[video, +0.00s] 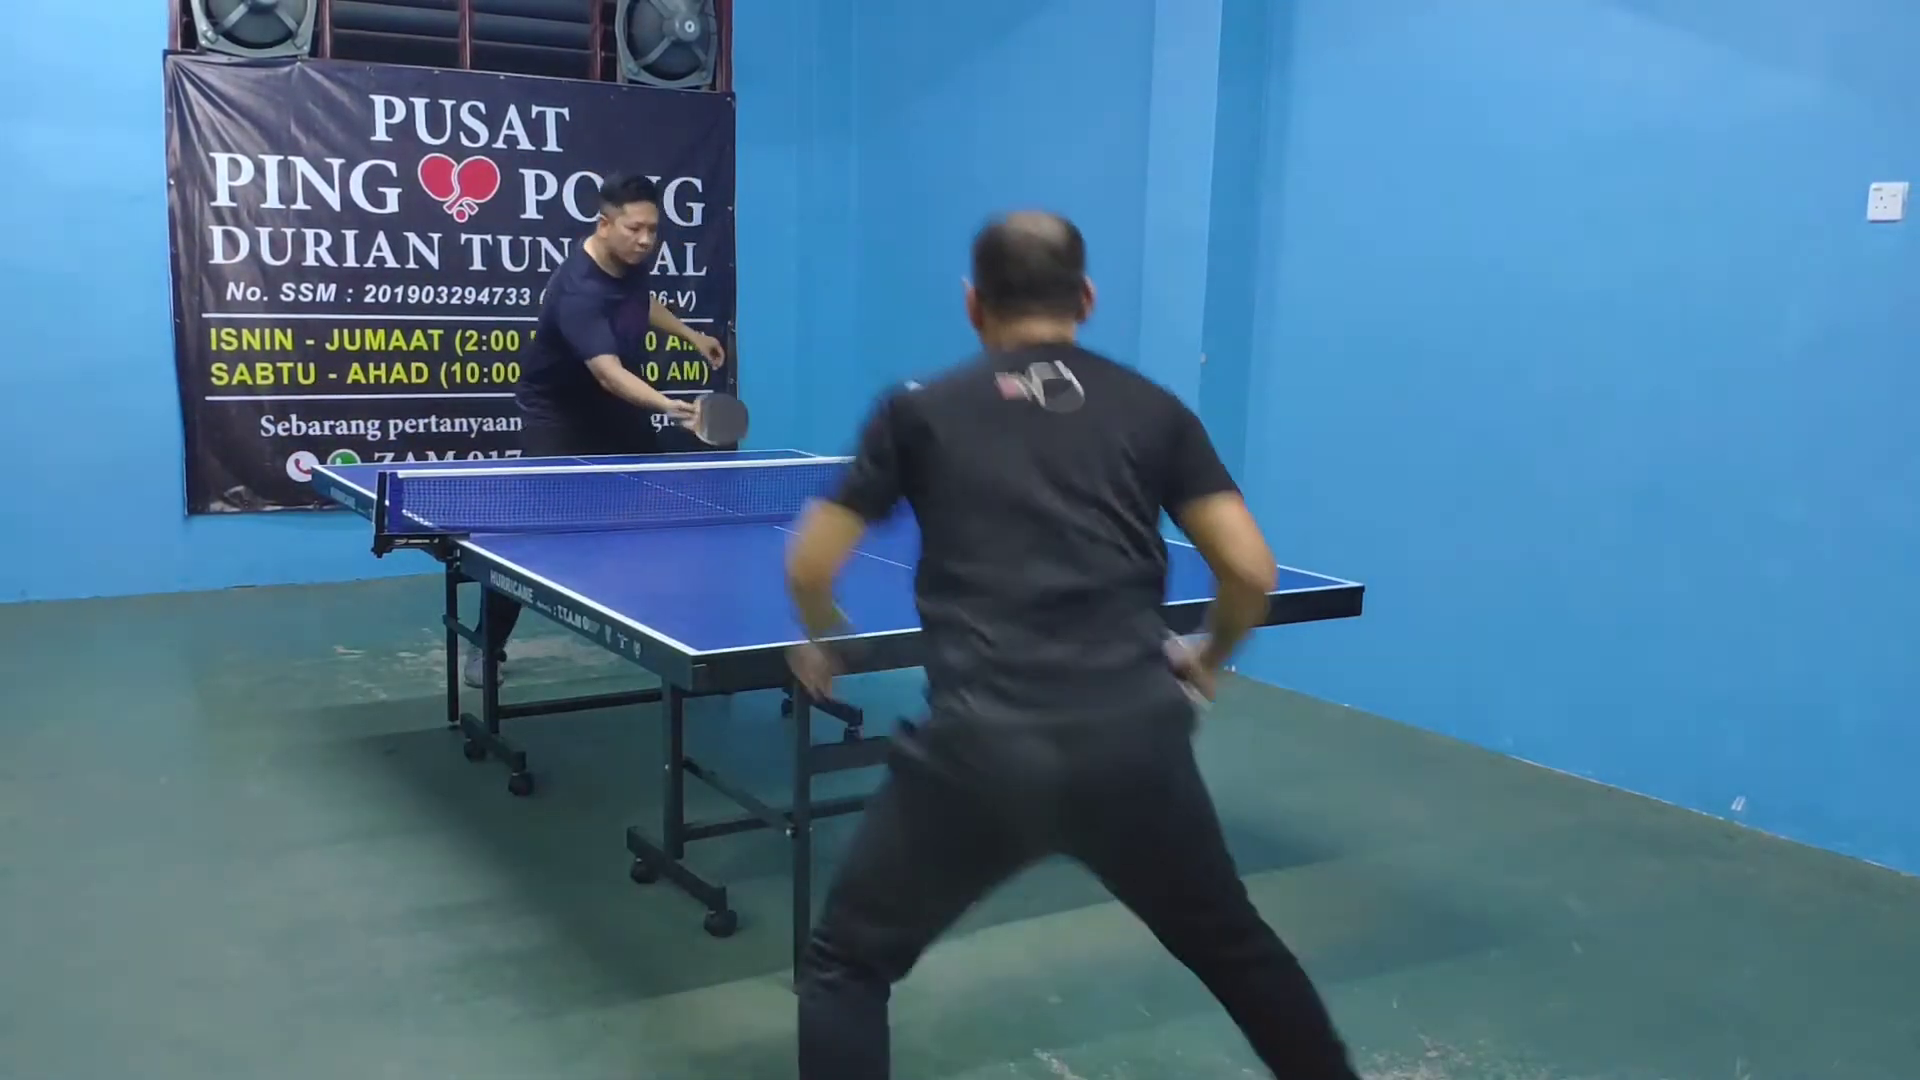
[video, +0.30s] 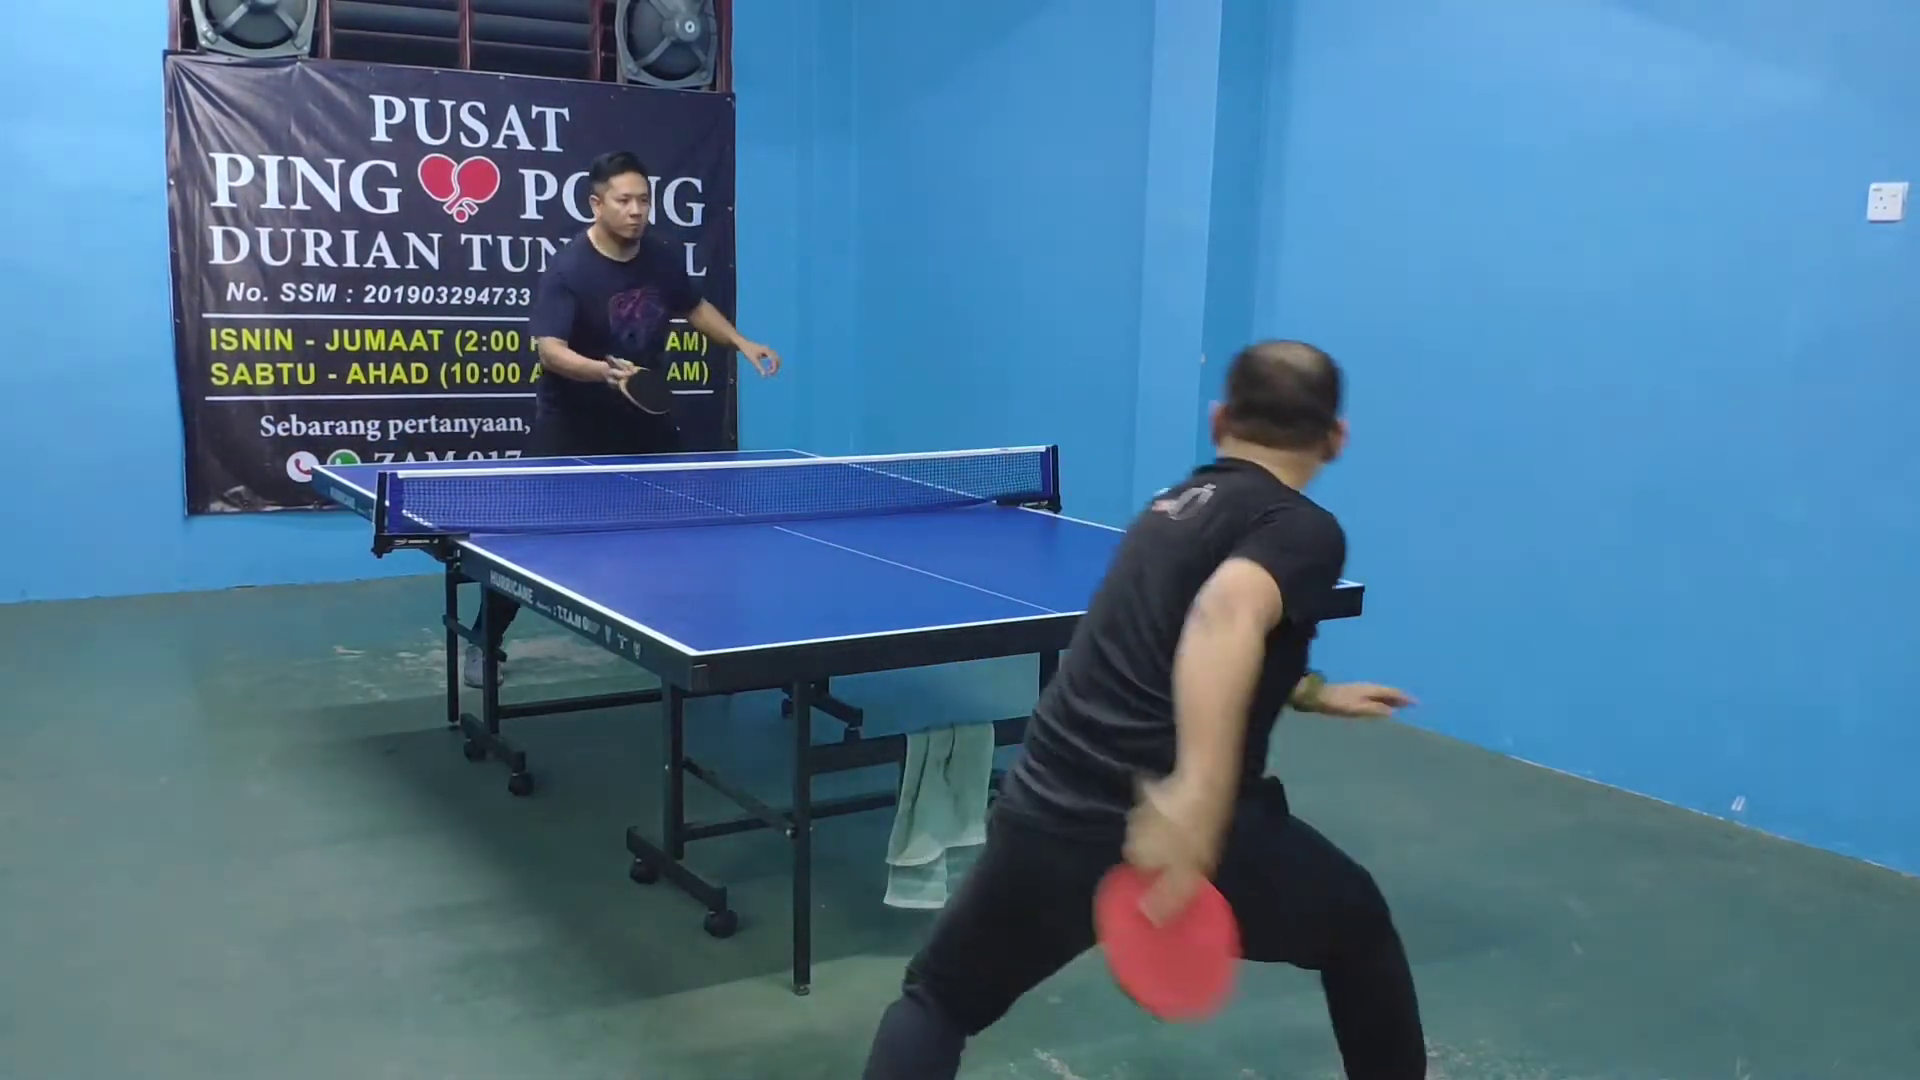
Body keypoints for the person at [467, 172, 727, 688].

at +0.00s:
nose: (645, 241)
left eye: (652, 231)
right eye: (635, 229)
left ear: (658, 229)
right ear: (603, 223)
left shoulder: (630, 262)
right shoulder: (578, 288)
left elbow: (640, 305)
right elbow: (609, 373)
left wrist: (691, 336)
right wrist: (671, 405)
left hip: (617, 410)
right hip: (558, 416)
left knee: (667, 500)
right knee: (537, 524)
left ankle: (684, 632)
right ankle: (490, 644)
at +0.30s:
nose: (637, 210)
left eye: (643, 199)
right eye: (625, 200)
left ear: (649, 203)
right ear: (595, 203)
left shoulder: (659, 258)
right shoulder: (567, 268)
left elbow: (694, 307)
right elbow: (550, 350)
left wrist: (742, 342)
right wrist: (601, 369)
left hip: (646, 419)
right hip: (575, 424)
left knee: (692, 513)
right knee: (536, 524)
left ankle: (702, 633)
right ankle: (488, 634)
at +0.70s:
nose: (610, 207)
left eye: (616, 197)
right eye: (597, 198)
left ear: (623, 201)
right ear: (572, 204)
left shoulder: (647, 260)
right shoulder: (545, 269)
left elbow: (688, 320)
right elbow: (508, 341)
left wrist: (715, 340)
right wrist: (549, 383)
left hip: (647, 427)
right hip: (566, 432)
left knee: (692, 516)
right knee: (522, 529)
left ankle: (702, 640)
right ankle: (485, 638)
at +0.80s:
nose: (593, 204)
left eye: (601, 194)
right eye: (581, 195)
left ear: (614, 200)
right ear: (560, 201)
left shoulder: (639, 257)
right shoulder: (535, 263)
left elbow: (677, 315)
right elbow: (486, 330)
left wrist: (711, 338)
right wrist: (512, 364)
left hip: (635, 424)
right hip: (559, 426)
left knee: (656, 526)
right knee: (516, 526)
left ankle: (673, 637)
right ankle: (478, 634)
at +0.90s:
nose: (555, 210)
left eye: (564, 200)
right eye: (545, 201)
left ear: (584, 204)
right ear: (532, 206)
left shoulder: (622, 255)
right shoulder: (512, 268)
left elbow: (667, 308)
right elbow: (453, 322)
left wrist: (710, 346)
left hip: (623, 417)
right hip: (546, 420)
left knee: (657, 519)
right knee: (494, 511)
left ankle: (681, 638)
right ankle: (455, 626)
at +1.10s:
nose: (489, 216)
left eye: (499, 205)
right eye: (478, 206)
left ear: (519, 207)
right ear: (463, 213)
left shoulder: (565, 252)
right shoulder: (450, 284)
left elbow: (615, 292)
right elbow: (394, 347)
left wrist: (661, 348)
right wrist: (347, 410)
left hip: (594, 419)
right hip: (511, 428)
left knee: (654, 515)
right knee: (464, 519)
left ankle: (691, 634)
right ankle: (437, 636)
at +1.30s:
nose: (510, 193)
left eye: (517, 182)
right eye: (497, 184)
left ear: (530, 189)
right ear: (476, 194)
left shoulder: (573, 245)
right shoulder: (461, 271)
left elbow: (626, 295)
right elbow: (423, 345)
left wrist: (660, 342)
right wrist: (391, 420)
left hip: (594, 415)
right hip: (513, 422)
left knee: (644, 518)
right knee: (470, 519)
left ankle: (682, 638)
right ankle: (436, 635)